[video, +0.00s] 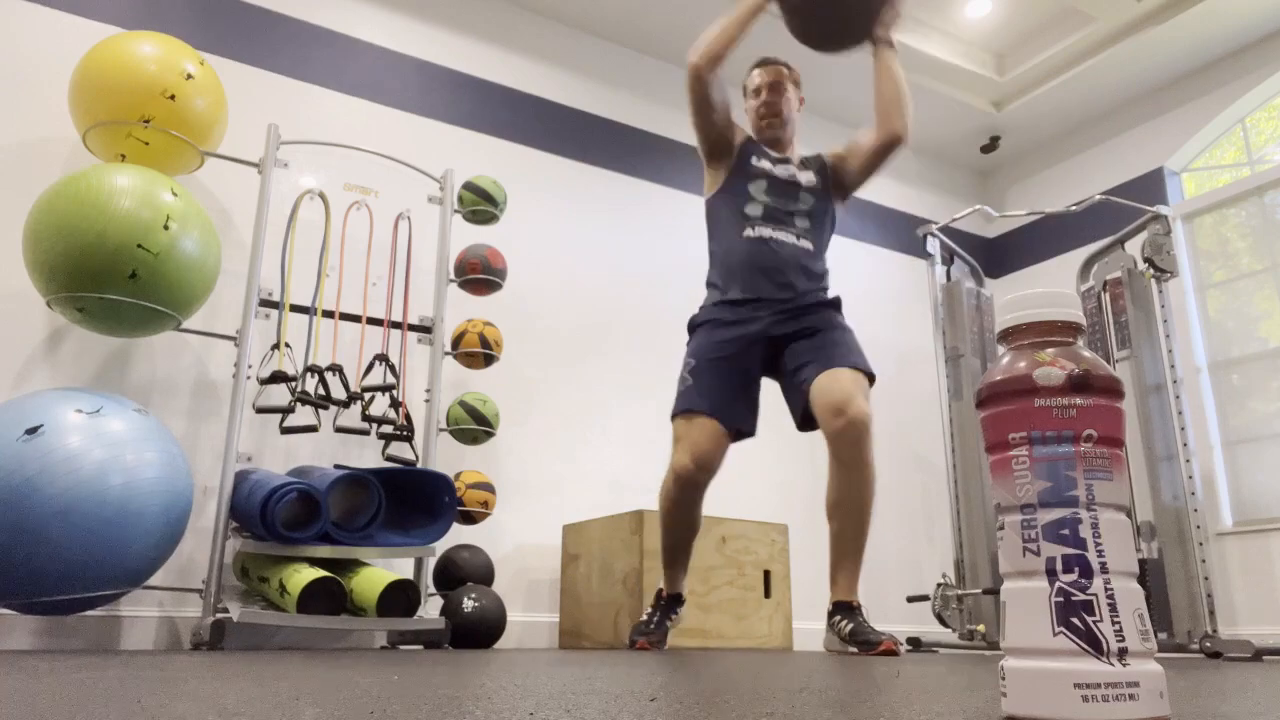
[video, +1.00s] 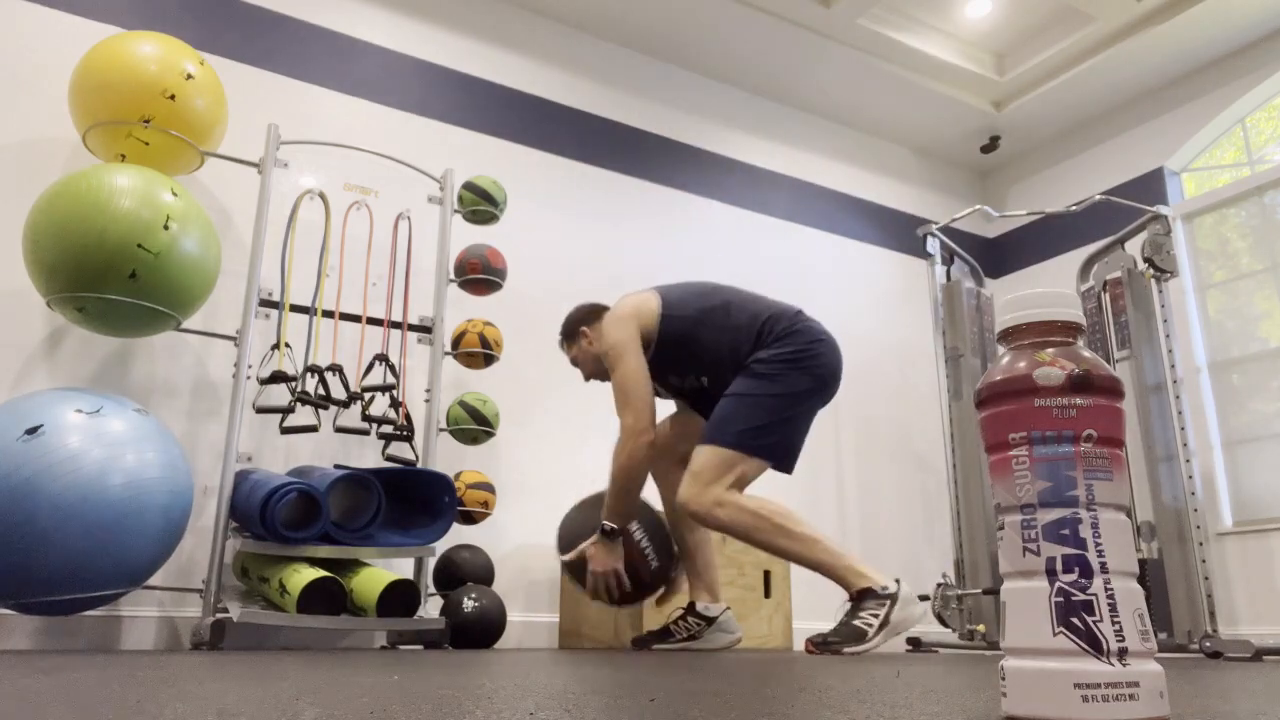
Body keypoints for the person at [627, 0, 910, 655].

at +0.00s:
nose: (767, 94)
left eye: (779, 86)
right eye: (757, 88)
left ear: (801, 102)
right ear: (743, 108)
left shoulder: (826, 174)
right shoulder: (727, 153)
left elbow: (892, 131)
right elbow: (699, 67)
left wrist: (883, 40)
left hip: (810, 317)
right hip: (728, 318)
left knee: (850, 415)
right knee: (690, 465)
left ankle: (845, 608)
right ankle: (669, 596)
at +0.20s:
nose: (718, 73)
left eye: (727, 59)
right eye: (713, 67)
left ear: (762, 58)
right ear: (715, 79)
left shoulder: (805, 99)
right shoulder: (716, 129)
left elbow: (810, 16)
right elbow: (649, 71)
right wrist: (692, 4)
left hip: (788, 272)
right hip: (717, 280)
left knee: (798, 398)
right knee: (679, 419)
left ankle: (859, 594)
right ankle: (674, 591)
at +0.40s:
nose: (675, 85)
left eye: (681, 70)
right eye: (669, 79)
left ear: (706, 56)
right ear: (678, 85)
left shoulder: (747, 66)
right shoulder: (695, 134)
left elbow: (678, 8)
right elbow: (655, 134)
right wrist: (662, 77)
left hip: (777, 249)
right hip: (731, 273)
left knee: (807, 402)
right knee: (684, 419)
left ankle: (921, 570)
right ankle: (695, 590)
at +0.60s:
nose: (612, 175)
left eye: (598, 160)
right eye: (600, 167)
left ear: (614, 143)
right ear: (618, 161)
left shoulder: (677, 152)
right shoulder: (686, 211)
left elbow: (572, 173)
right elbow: (648, 248)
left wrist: (558, 125)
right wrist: (636, 192)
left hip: (792, 310)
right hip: (752, 331)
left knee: (757, 457)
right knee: (680, 444)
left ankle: (925, 580)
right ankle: (712, 612)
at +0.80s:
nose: (608, 300)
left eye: (606, 288)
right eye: (603, 295)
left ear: (620, 261)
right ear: (624, 270)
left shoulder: (644, 262)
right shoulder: (689, 318)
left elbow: (610, 374)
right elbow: (682, 411)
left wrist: (546, 419)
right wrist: (606, 427)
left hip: (799, 343)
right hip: (766, 359)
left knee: (712, 488)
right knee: (673, 447)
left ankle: (878, 596)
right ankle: (712, 615)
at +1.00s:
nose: (581, 373)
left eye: (574, 359)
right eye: (575, 366)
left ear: (586, 333)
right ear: (596, 337)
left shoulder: (618, 323)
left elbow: (636, 436)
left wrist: (609, 533)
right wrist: (666, 554)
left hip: (790, 348)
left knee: (703, 496)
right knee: (664, 450)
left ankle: (876, 591)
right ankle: (708, 611)